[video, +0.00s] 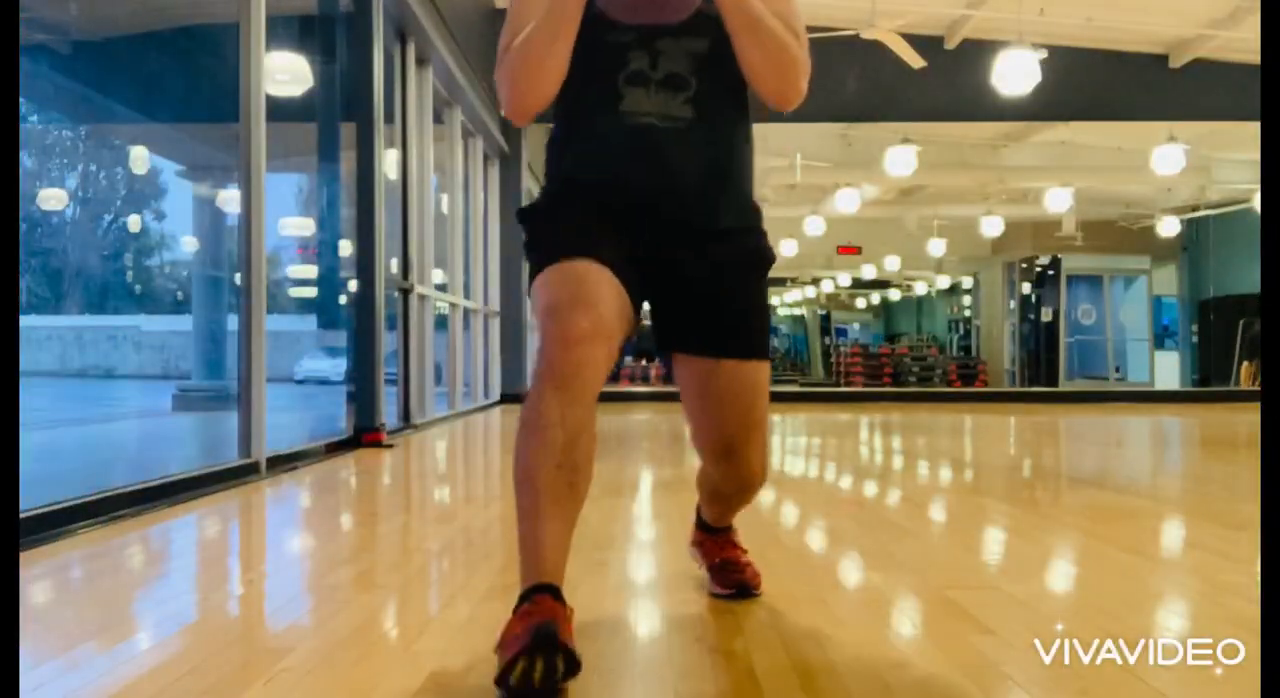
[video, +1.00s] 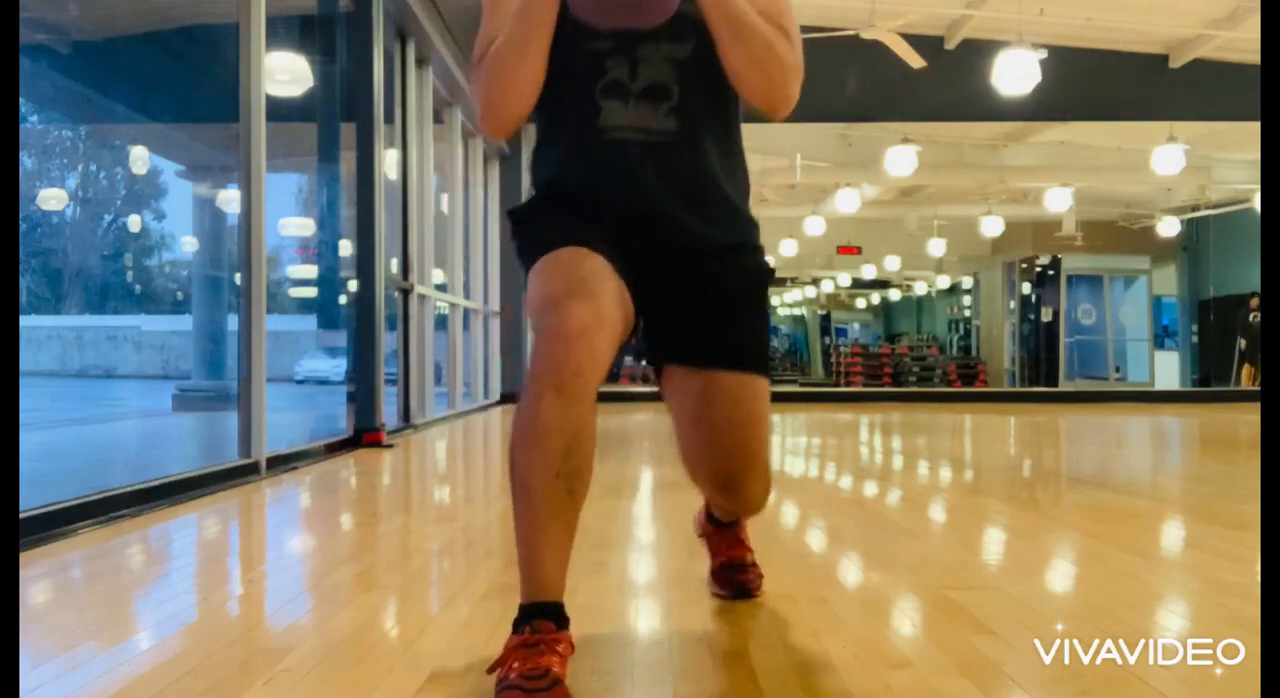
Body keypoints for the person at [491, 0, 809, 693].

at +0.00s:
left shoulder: (746, 1)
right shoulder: (556, 2)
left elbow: (787, 87)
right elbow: (519, 100)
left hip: (715, 223)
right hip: (591, 214)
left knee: (740, 463)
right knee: (571, 345)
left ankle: (714, 528)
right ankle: (541, 599)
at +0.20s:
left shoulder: (730, 8)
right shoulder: (510, 13)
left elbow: (767, 154)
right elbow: (485, 171)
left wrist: (693, 30)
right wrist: (548, 30)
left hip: (690, 269)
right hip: (568, 262)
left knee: (727, 530)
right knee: (538, 324)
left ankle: (735, 548)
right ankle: (534, 622)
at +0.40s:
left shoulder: (720, 43)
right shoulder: (492, 57)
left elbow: (757, 214)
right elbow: (464, 238)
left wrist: (680, 104)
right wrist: (518, 103)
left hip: (686, 335)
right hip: (563, 328)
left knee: (736, 594)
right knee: (519, 327)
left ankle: (679, 478)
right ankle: (534, 627)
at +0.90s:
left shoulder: (729, 0)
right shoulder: (500, 1)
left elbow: (766, 129)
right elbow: (476, 154)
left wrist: (685, 12)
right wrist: (529, 14)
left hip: (693, 246)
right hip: (566, 238)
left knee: (735, 521)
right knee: (548, 340)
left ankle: (731, 541)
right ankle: (537, 621)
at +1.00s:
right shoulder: (524, 3)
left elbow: (778, 91)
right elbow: (497, 115)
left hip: (707, 223)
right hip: (581, 214)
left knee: (741, 485)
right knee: (569, 336)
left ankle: (724, 523)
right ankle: (539, 622)